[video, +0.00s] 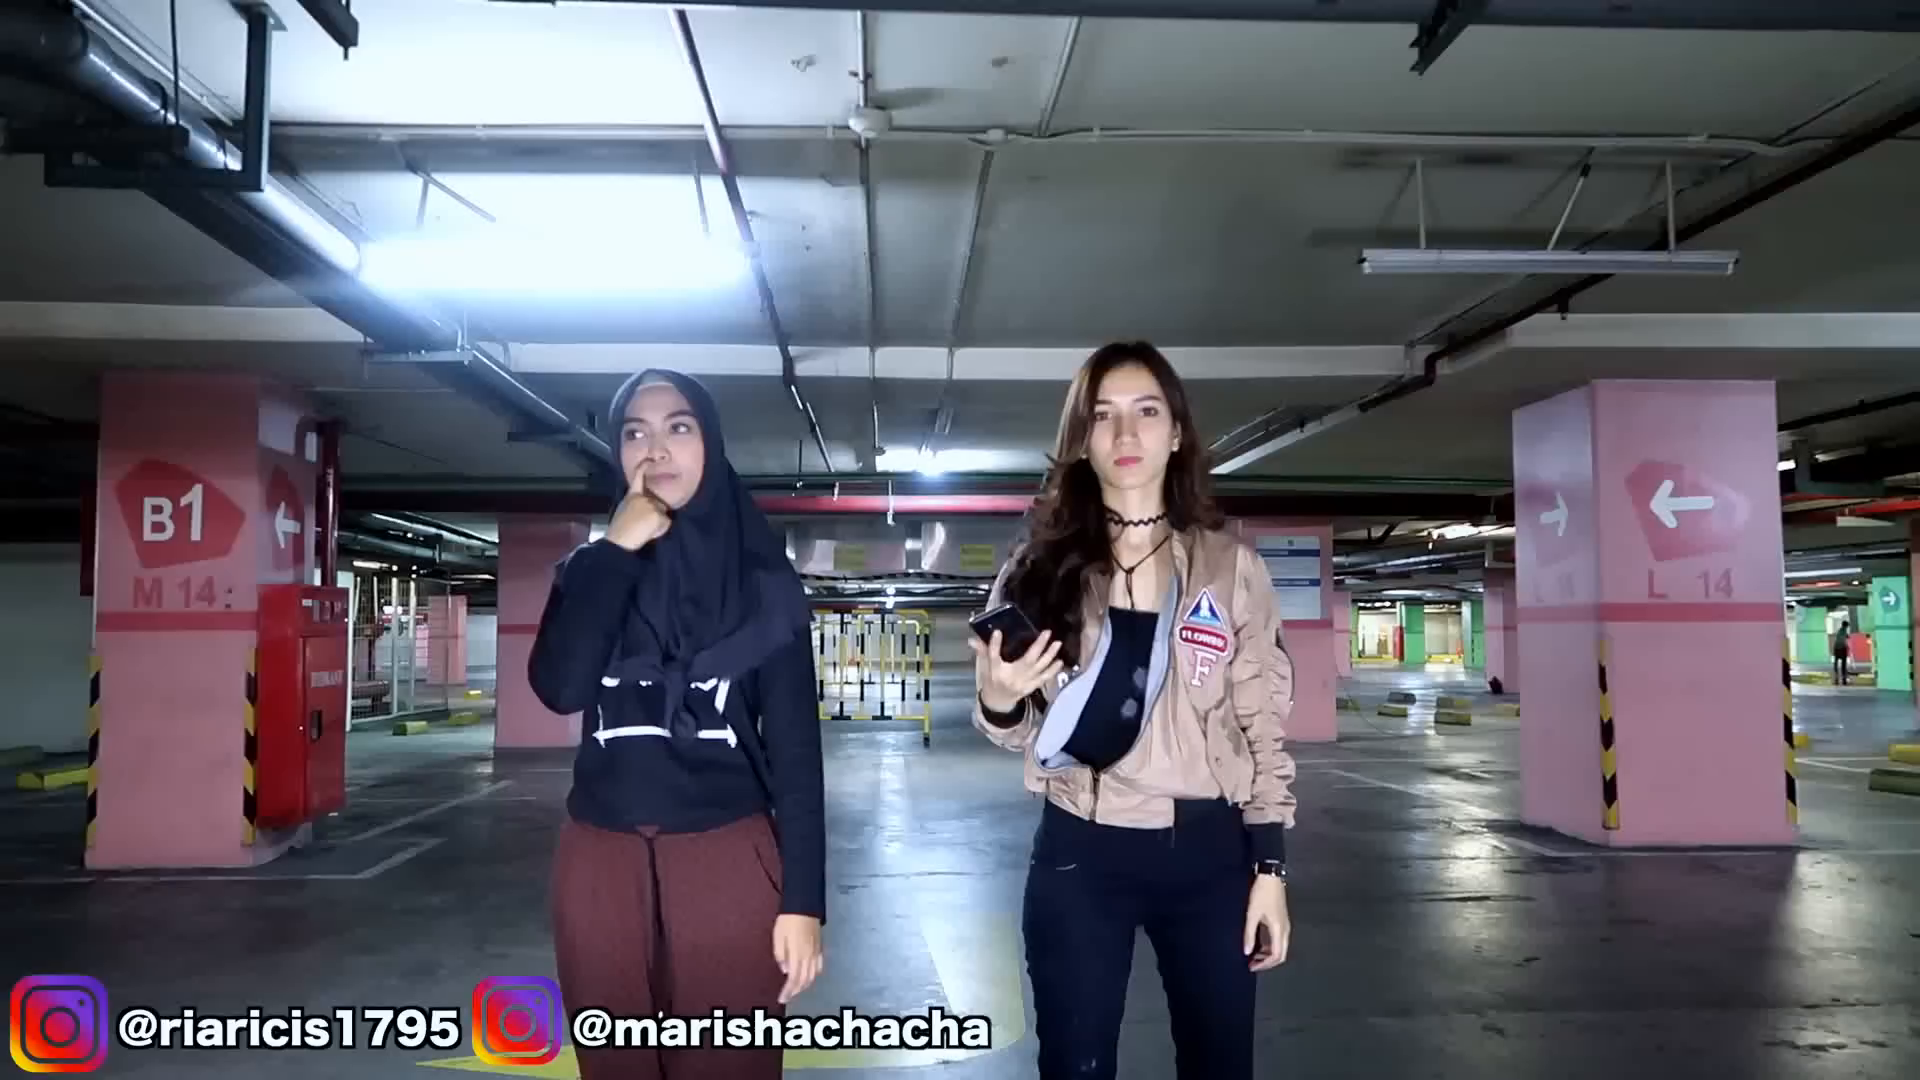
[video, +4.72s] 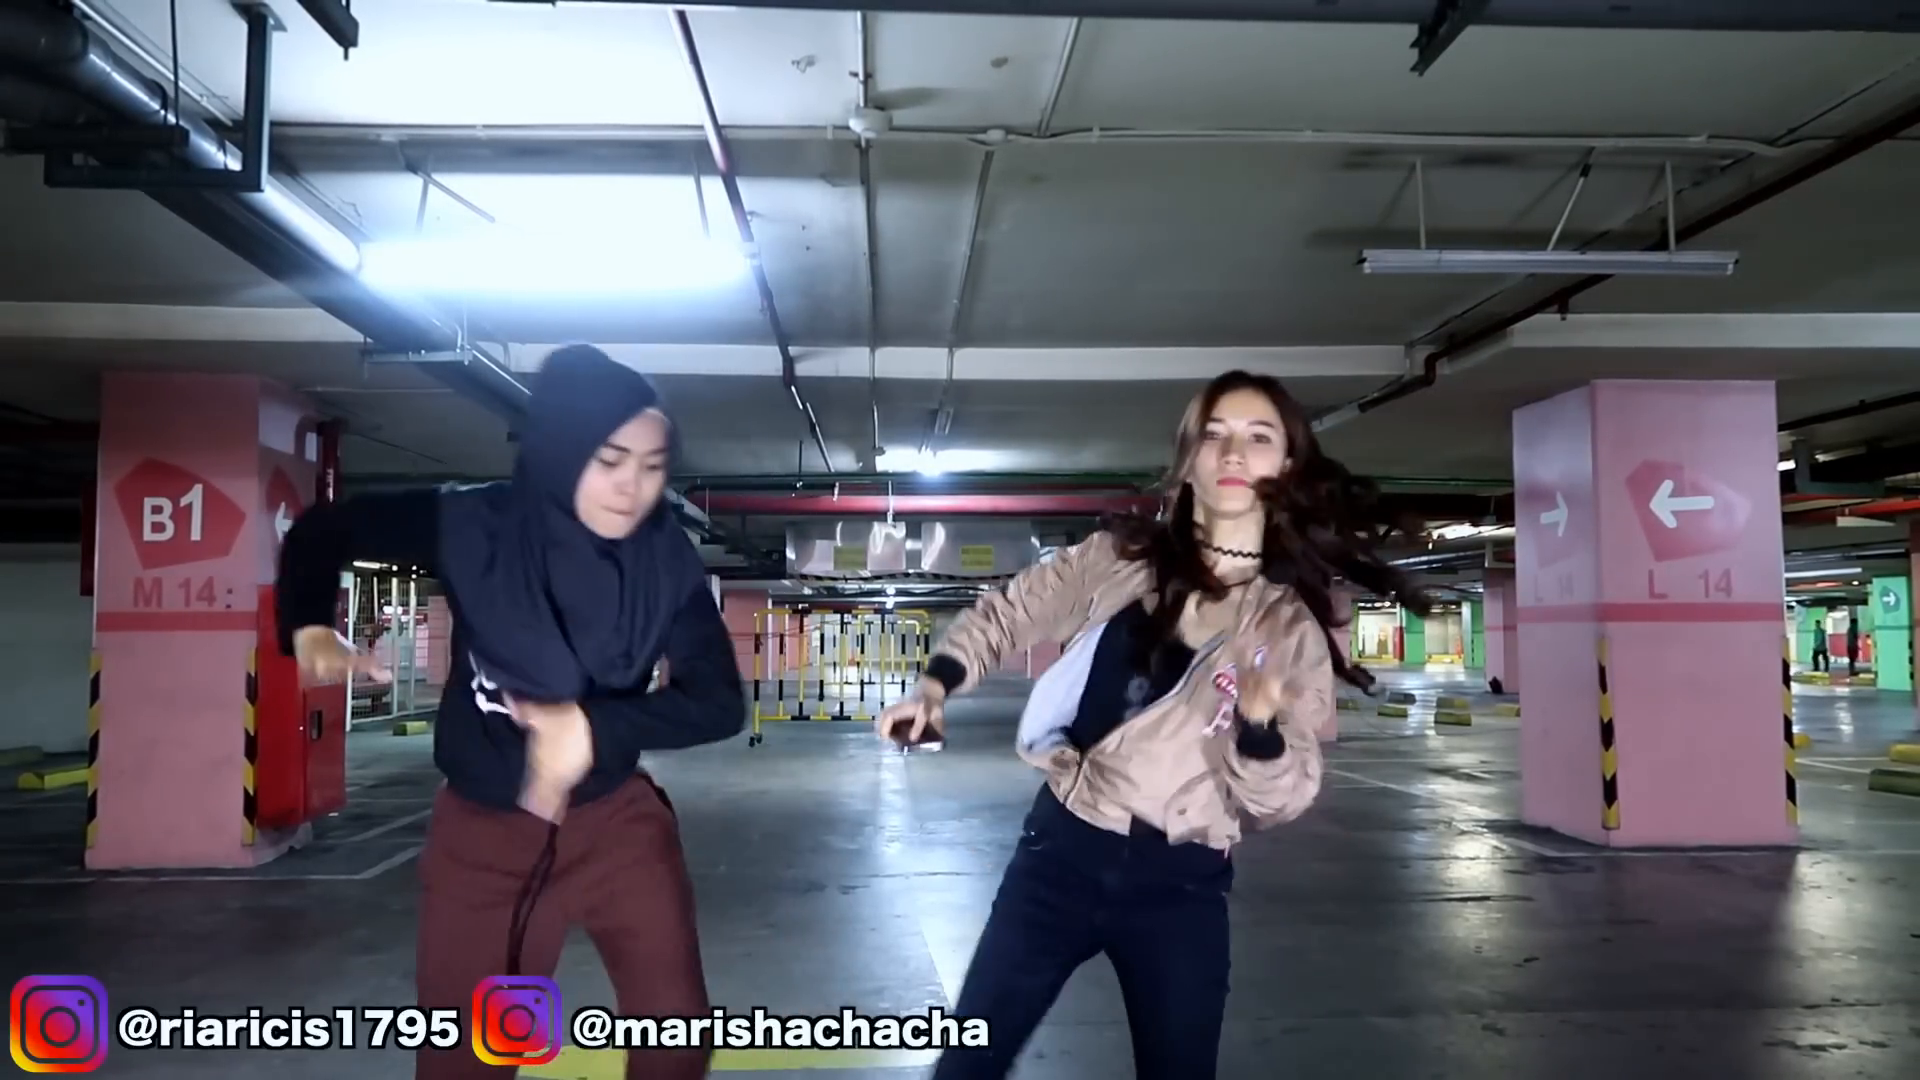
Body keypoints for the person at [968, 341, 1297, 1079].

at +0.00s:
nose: (1125, 431)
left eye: (1146, 411)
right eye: (1104, 415)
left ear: (1176, 432)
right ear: (1081, 438)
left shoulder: (1232, 566)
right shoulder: (1040, 563)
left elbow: (1261, 722)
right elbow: (1008, 733)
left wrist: (1269, 864)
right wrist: (998, 703)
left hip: (1207, 854)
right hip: (1078, 853)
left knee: (1221, 1068)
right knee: (1075, 1069)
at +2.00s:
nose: (1129, 431)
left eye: (1150, 412)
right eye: (1108, 415)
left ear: (1178, 432)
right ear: (1083, 437)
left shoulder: (1229, 564)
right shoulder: (1036, 563)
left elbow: (1260, 721)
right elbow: (1011, 705)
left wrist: (1267, 865)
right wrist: (983, 813)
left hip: (1206, 853)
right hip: (1076, 854)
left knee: (1220, 1067)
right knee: (1074, 1070)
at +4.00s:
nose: (1136, 430)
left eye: (1156, 410)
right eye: (1114, 414)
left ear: (1185, 430)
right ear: (1090, 437)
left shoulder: (1240, 567)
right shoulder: (1041, 564)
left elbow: (1269, 721)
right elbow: (1013, 704)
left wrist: (1275, 862)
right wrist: (983, 811)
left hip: (1212, 854)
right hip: (1083, 852)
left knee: (1224, 1066)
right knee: (1077, 1068)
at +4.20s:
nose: (1138, 429)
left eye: (1159, 408)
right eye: (1118, 413)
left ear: (1195, 428)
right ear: (1097, 438)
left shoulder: (1248, 562)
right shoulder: (1057, 555)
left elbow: (1343, 664)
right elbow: (976, 671)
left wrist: (1320, 784)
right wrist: (988, 788)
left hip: (1223, 854)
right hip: (1092, 856)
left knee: (1244, 1066)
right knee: (1086, 1067)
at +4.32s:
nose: (1141, 457)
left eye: (1165, 431)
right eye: (1133, 438)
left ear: (1226, 444)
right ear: (1122, 455)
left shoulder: (1281, 591)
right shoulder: (1086, 574)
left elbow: (1391, 689)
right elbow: (992, 671)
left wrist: (1341, 779)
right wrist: (979, 790)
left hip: (1236, 870)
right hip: (1106, 866)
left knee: (1258, 1069)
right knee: (1074, 1066)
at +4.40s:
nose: (1150, 489)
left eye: (1176, 465)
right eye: (1149, 470)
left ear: (1242, 485)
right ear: (1140, 485)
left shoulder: (1299, 645)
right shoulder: (1100, 598)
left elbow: (1376, 779)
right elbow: (1008, 689)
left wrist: (1307, 815)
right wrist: (992, 774)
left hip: (1233, 895)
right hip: (1105, 882)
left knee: (1270, 1070)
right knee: (1053, 1052)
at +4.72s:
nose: (1235, 454)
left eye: (1259, 438)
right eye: (1218, 436)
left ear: (1287, 464)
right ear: (1189, 458)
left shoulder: (1290, 627)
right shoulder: (1120, 559)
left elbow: (1284, 800)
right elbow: (1008, 612)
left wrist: (1257, 725)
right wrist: (934, 687)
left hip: (1180, 882)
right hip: (1060, 856)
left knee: (1180, 1069)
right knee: (965, 1060)